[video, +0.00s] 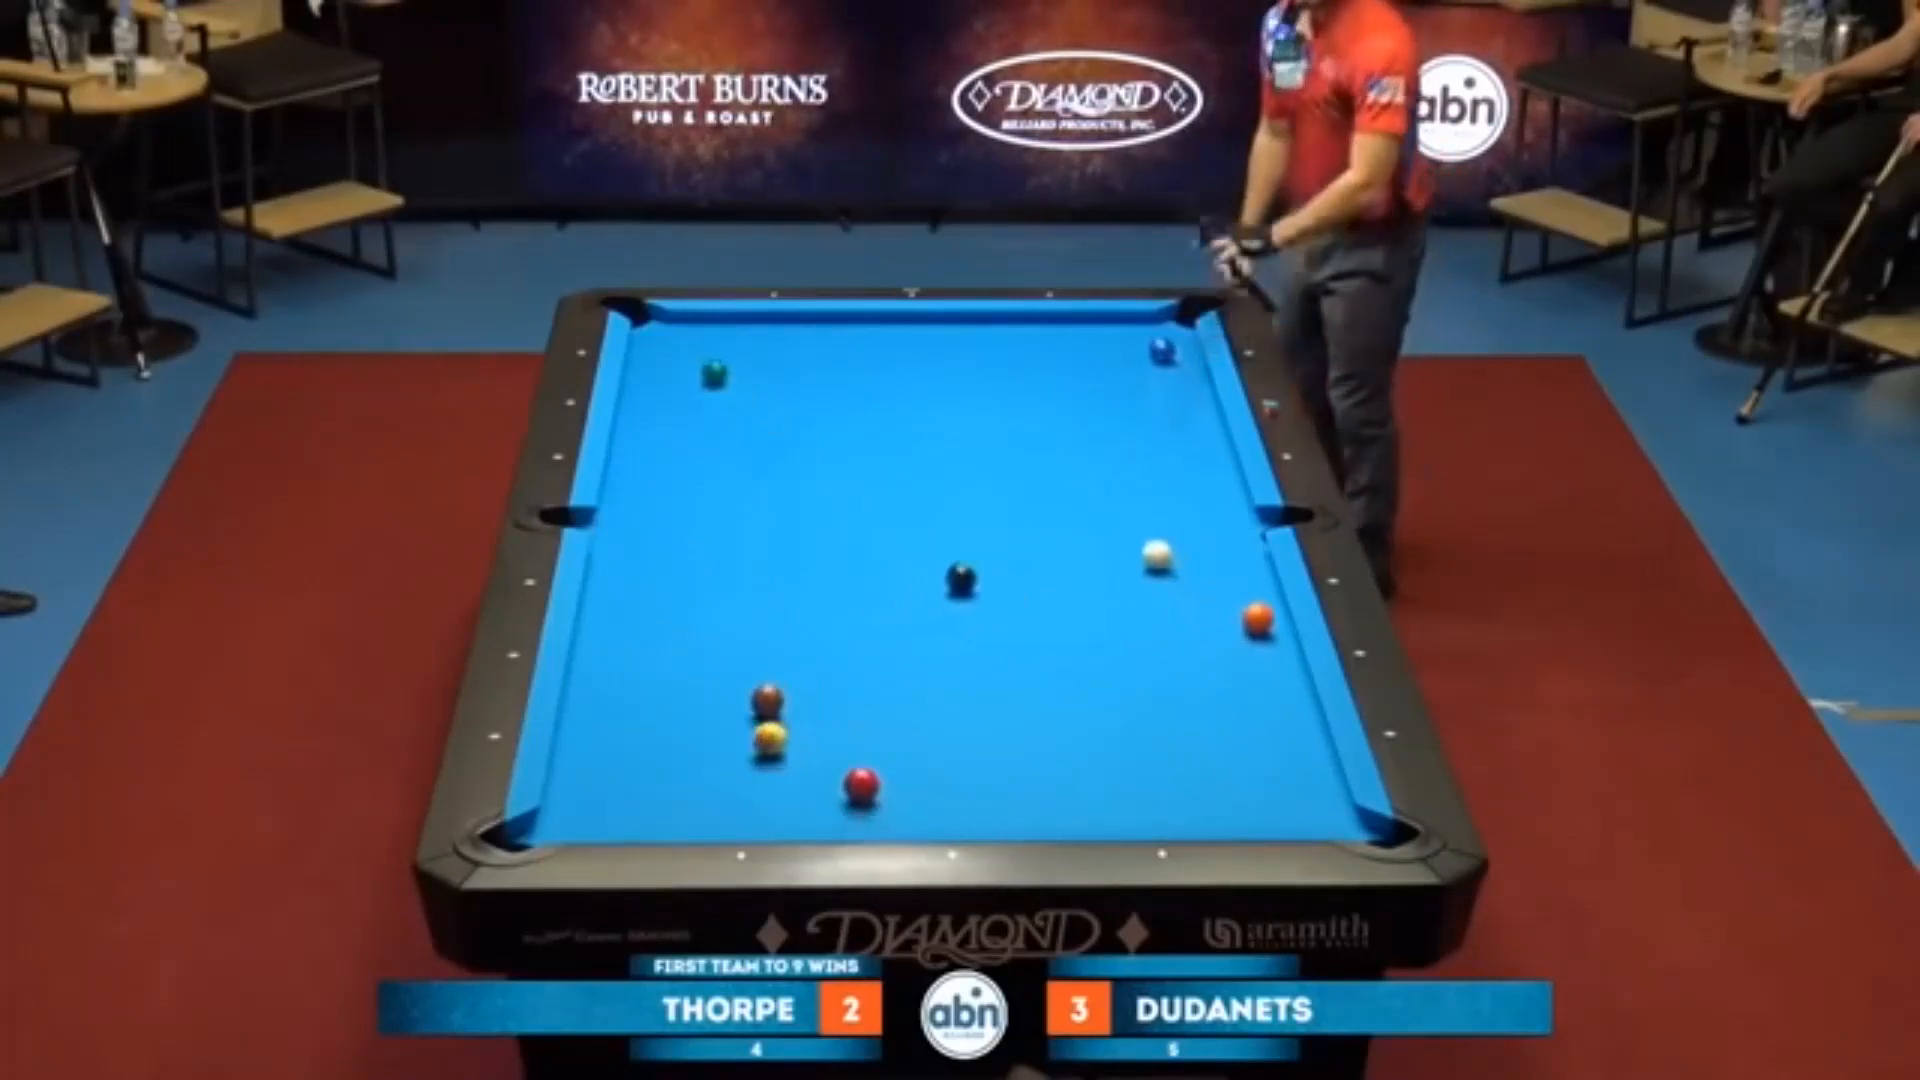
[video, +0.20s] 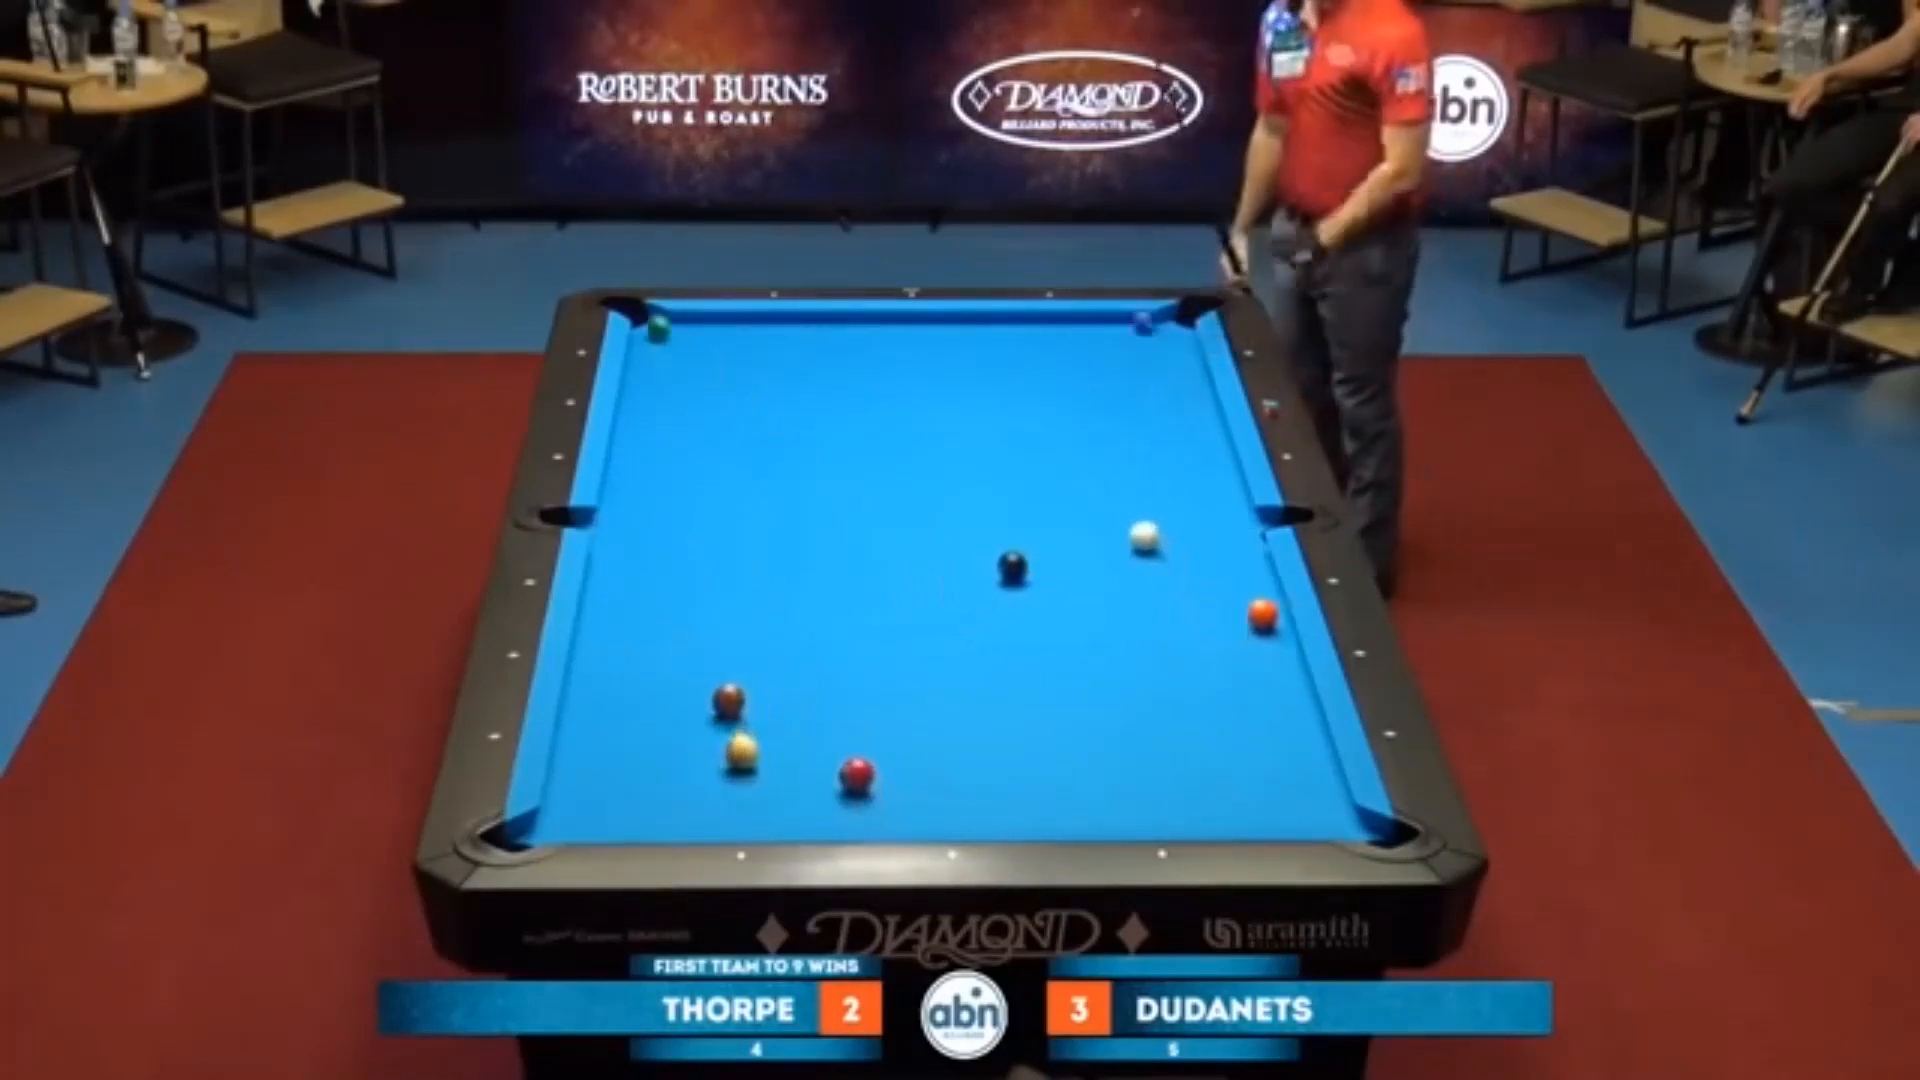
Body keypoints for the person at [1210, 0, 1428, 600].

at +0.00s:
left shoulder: (1383, 42)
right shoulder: (1283, 24)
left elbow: (1368, 180)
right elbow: (1274, 130)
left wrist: (1271, 236)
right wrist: (1249, 228)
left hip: (1373, 244)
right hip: (1311, 240)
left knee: (1357, 405)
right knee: (1301, 393)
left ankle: (1368, 562)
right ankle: (1315, 538)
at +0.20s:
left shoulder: (1394, 32)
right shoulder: (1281, 20)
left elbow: (1404, 166)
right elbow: (1270, 129)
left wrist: (1322, 236)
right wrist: (1242, 225)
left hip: (1368, 241)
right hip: (1295, 235)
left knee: (1361, 403)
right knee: (1303, 394)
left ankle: (1369, 563)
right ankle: (1312, 537)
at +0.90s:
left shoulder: (1413, 12)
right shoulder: (1283, 10)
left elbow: (1468, 72)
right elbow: (1206, 54)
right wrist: (1129, 80)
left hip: (1365, 233)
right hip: (1292, 227)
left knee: (1365, 403)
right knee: (1304, 396)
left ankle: (1370, 564)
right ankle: (1314, 540)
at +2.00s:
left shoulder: (1409, 17)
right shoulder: (1293, 10)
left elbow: (1507, 4)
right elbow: (1239, 1)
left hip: (1367, 237)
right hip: (1296, 229)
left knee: (1370, 404)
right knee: (1314, 396)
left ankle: (1370, 567)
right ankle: (1320, 538)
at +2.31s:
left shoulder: (1407, 17)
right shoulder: (1293, 10)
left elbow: (1506, 3)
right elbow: (1238, 1)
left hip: (1367, 236)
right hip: (1296, 228)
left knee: (1371, 403)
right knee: (1315, 395)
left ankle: (1372, 563)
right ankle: (1320, 538)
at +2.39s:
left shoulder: (1407, 16)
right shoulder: (1293, 10)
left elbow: (1505, 3)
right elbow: (1239, 1)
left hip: (1369, 235)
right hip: (1296, 227)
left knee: (1371, 402)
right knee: (1315, 395)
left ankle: (1371, 564)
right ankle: (1320, 539)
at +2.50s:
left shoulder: (1406, 16)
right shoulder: (1293, 10)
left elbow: (1503, 3)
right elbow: (1239, 1)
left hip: (1369, 235)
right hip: (1297, 227)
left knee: (1371, 402)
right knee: (1315, 394)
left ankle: (1372, 564)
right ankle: (1320, 537)